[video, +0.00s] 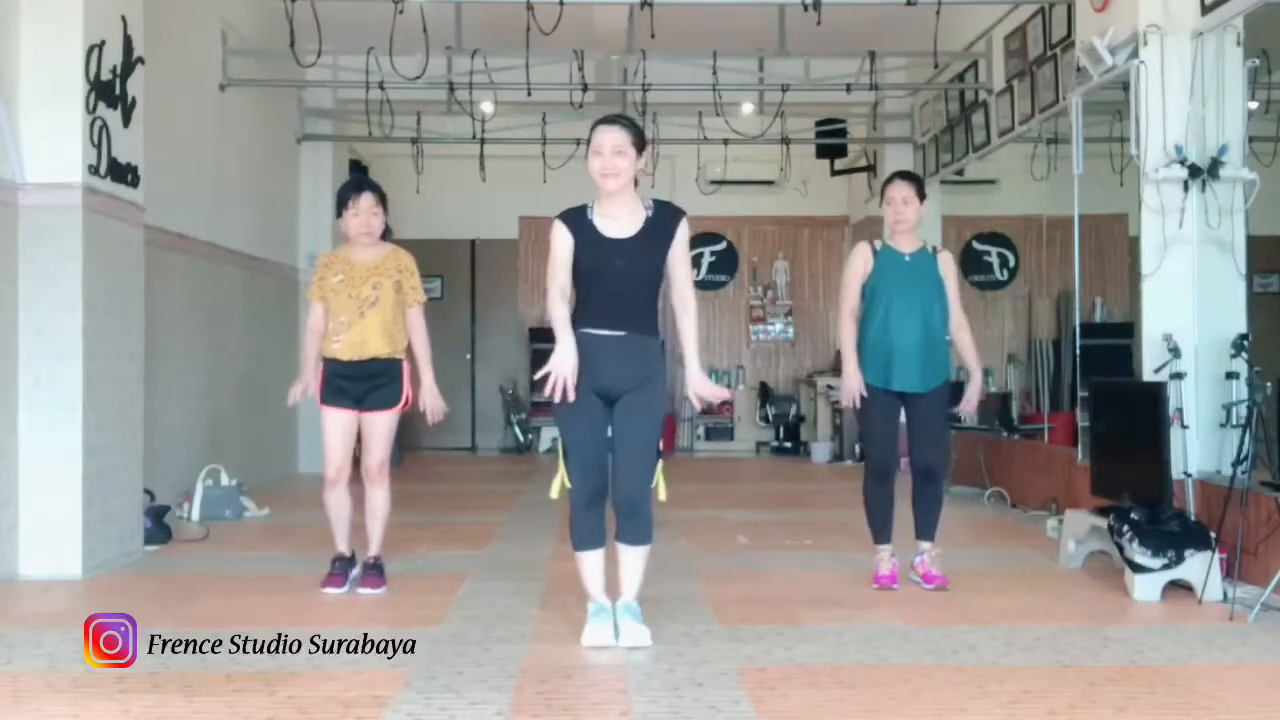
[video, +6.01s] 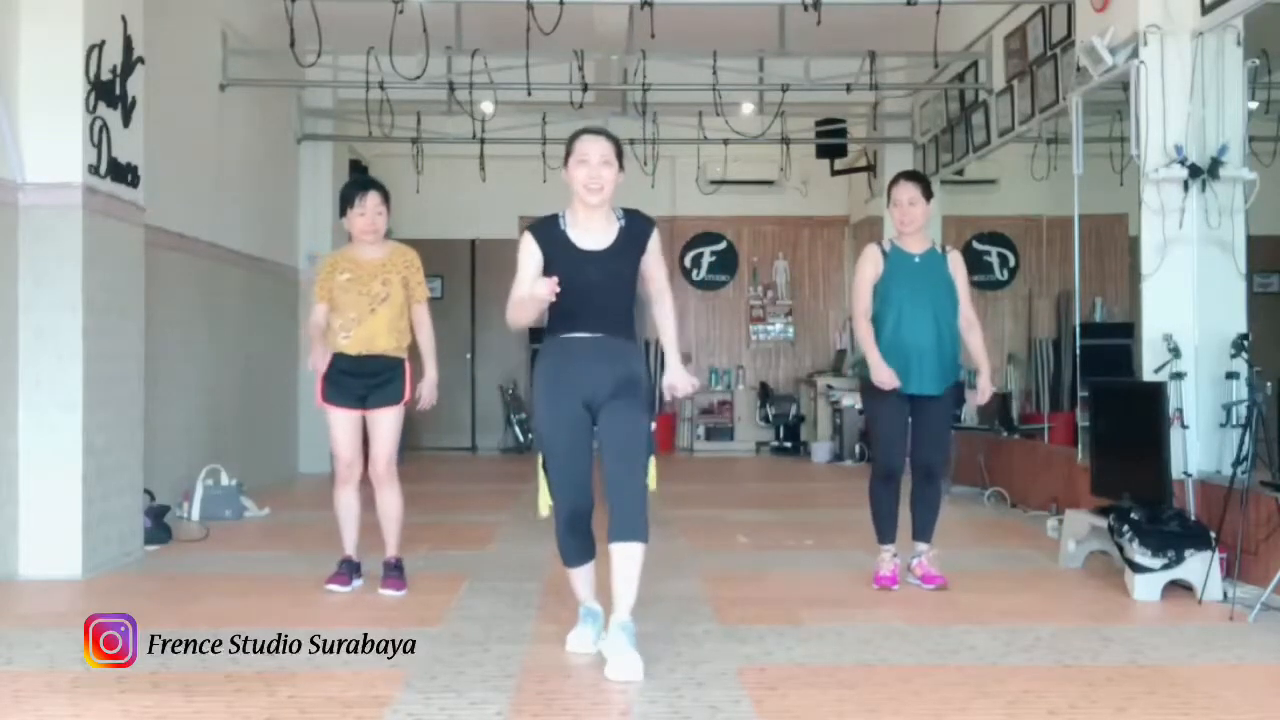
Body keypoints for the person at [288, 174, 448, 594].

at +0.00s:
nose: (365, 220)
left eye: (373, 211)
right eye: (355, 212)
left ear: (384, 217)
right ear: (341, 219)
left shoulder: (401, 262)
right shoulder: (328, 264)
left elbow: (416, 325)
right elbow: (315, 323)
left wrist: (428, 383)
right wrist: (308, 373)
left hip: (385, 371)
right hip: (336, 370)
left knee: (375, 469)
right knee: (335, 472)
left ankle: (373, 559)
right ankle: (342, 556)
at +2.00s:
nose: (361, 214)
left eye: (370, 207)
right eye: (351, 207)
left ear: (382, 216)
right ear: (339, 216)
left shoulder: (398, 260)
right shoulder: (326, 262)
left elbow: (415, 316)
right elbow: (309, 300)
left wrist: (433, 366)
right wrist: (297, 314)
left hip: (386, 371)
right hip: (338, 371)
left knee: (375, 469)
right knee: (334, 470)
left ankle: (373, 559)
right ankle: (342, 556)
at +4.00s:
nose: (361, 216)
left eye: (370, 209)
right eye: (352, 209)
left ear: (382, 217)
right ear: (339, 218)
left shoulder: (398, 262)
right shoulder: (326, 262)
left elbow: (412, 316)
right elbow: (310, 291)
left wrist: (427, 365)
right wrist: (303, 306)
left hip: (386, 370)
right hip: (338, 370)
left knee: (375, 468)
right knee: (337, 470)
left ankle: (373, 559)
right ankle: (345, 558)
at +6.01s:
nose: (371, 219)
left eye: (378, 211)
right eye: (361, 211)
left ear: (388, 216)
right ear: (345, 218)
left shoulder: (405, 259)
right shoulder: (332, 265)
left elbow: (421, 318)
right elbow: (318, 317)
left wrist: (430, 371)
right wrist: (318, 347)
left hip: (390, 368)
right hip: (341, 367)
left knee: (382, 468)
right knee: (346, 468)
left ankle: (393, 561)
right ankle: (349, 560)